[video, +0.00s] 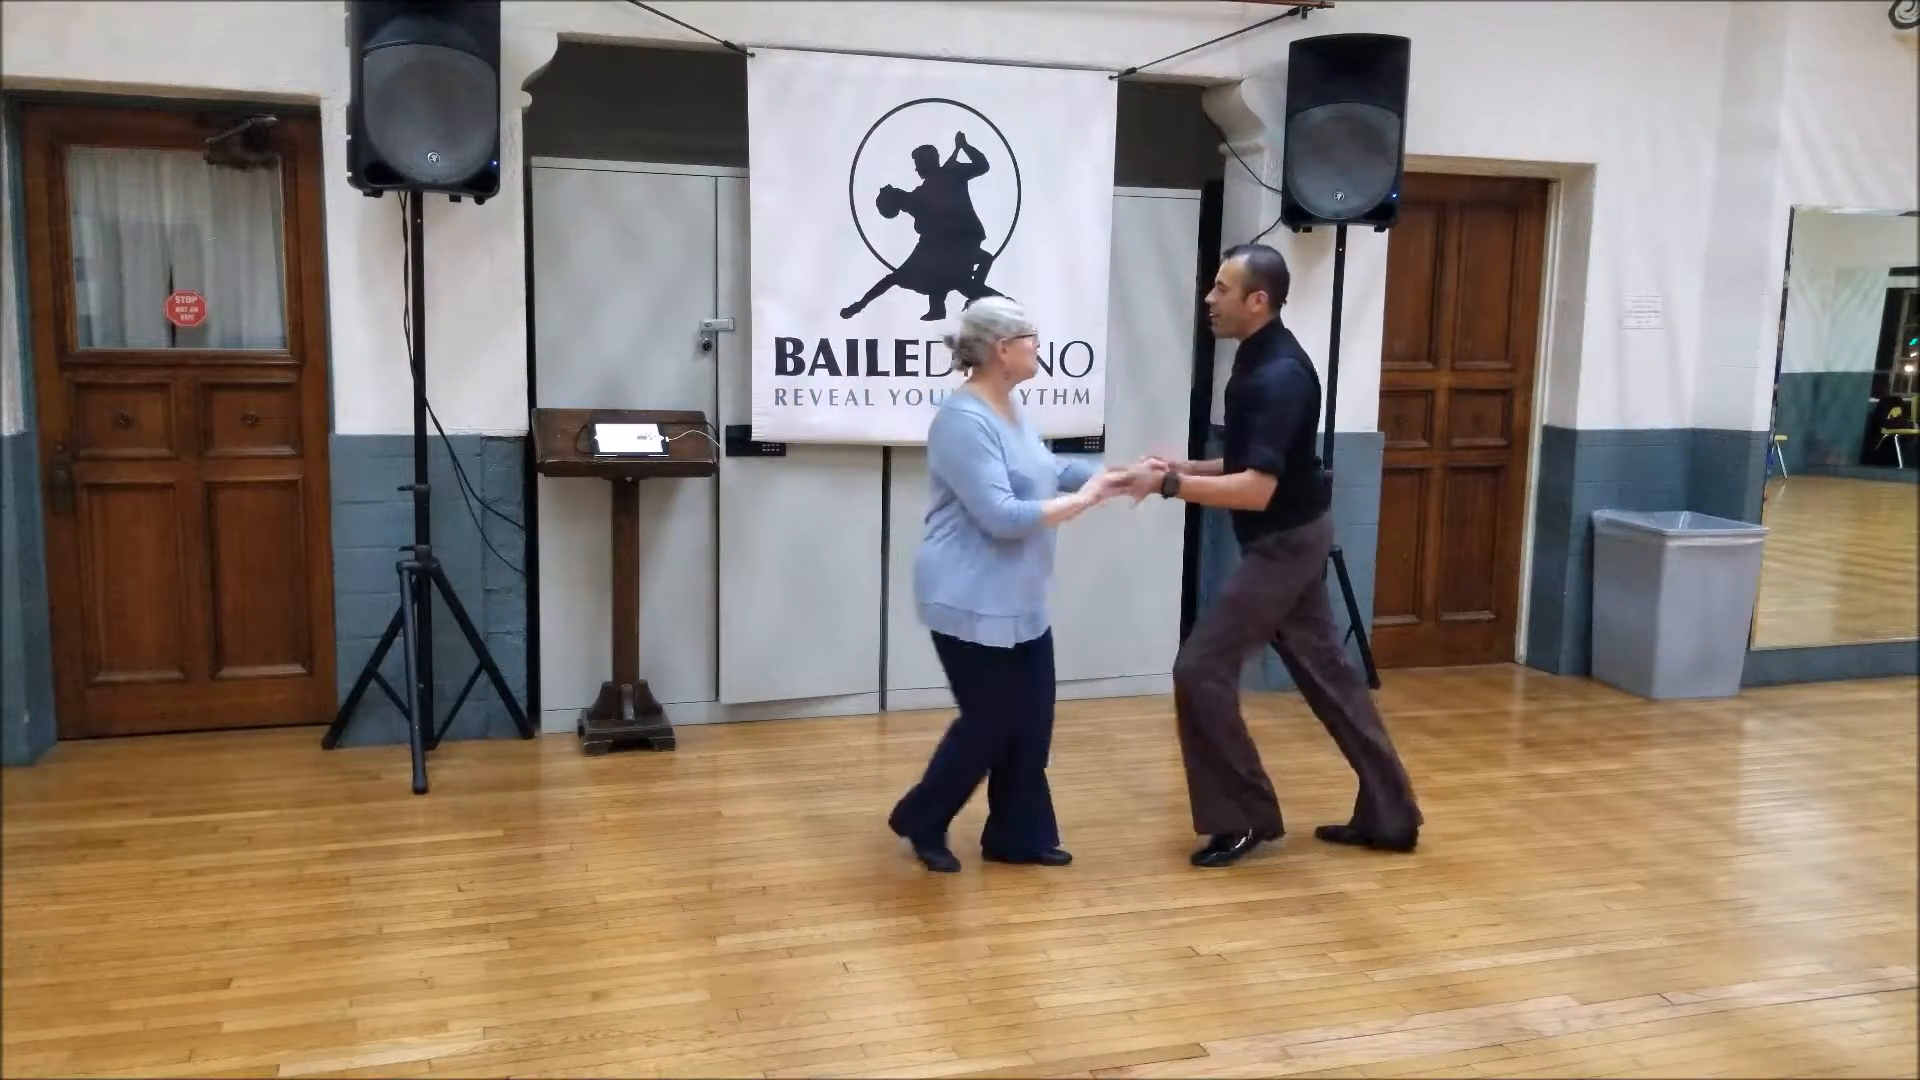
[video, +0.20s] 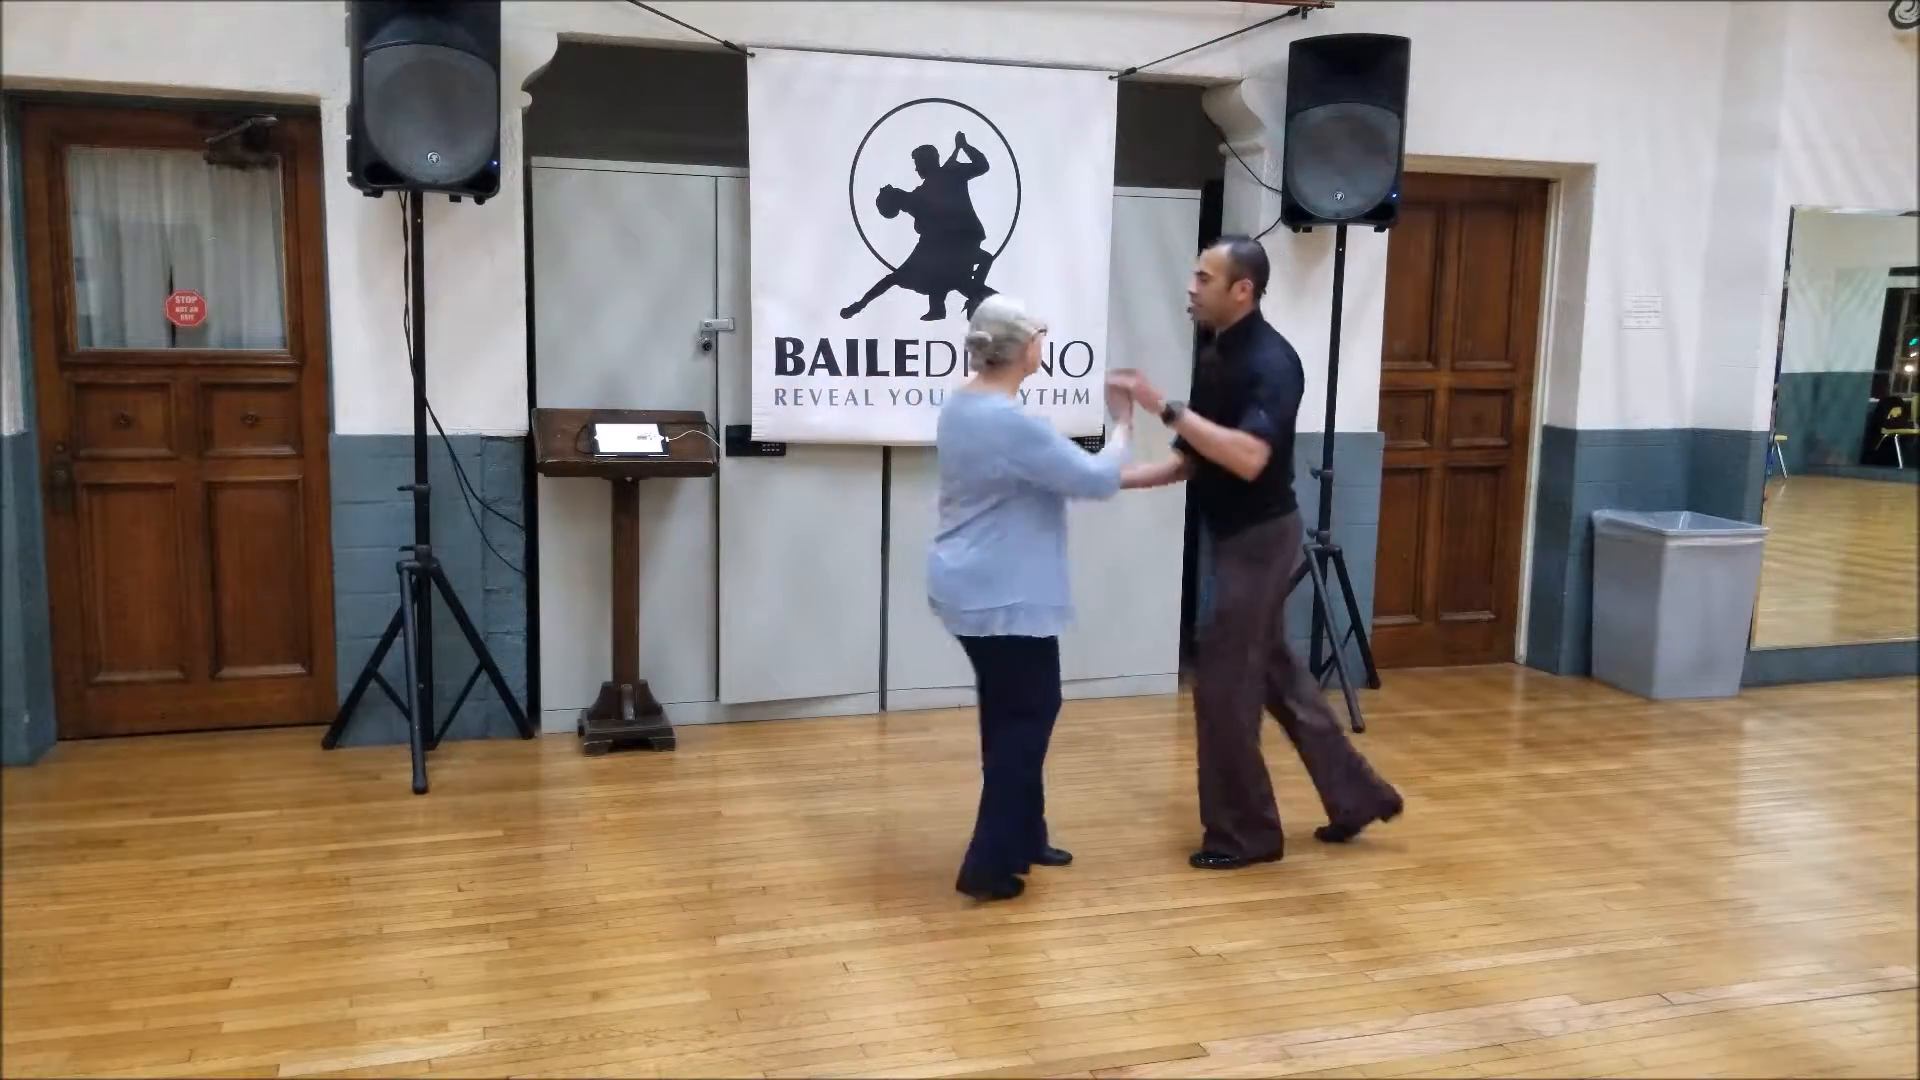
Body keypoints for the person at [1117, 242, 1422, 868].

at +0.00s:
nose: (1209, 299)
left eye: (1220, 290)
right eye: (1212, 287)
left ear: (1258, 302)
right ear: (1254, 300)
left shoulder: (1279, 372)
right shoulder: (1258, 360)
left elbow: (1258, 489)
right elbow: (1245, 461)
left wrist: (1173, 484)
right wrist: (1188, 464)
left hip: (1290, 544)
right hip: (1288, 539)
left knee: (1200, 671)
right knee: (1329, 677)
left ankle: (1249, 817)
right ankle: (1390, 815)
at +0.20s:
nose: (1191, 288)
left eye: (1203, 279)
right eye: (1194, 276)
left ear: (1242, 291)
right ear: (1225, 288)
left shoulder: (1272, 360)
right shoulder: (1214, 349)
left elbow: (1249, 459)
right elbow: (1197, 453)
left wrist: (1167, 408)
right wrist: (1119, 478)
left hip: (1261, 538)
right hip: (1229, 535)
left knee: (1224, 680)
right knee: (1275, 672)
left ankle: (1246, 833)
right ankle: (1359, 795)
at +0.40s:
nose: (1161, 276)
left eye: (1174, 266)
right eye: (1164, 264)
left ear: (1215, 275)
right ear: (1196, 274)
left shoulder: (1243, 334)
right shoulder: (1186, 350)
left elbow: (1189, 378)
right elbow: (1131, 441)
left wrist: (1111, 330)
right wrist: (1050, 459)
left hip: (1246, 535)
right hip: (1201, 535)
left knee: (1240, 682)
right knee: (1168, 666)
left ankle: (1254, 833)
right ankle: (1254, 772)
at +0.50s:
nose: (1140, 277)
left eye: (1153, 267)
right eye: (1141, 266)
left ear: (1194, 275)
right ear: (1173, 273)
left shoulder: (1221, 331)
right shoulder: (1167, 346)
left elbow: (1144, 341)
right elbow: (1113, 439)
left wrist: (1070, 298)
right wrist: (1030, 451)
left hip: (1227, 531)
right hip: (1178, 532)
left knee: (1239, 680)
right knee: (1132, 668)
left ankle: (1258, 833)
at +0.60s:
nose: (1120, 283)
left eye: (1132, 272)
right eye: (1121, 272)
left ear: (1171, 280)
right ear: (1149, 278)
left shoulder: (1192, 335)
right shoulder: (1152, 354)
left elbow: (1096, 321)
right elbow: (1107, 452)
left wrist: (1018, 279)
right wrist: (1018, 453)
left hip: (1198, 536)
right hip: (1153, 536)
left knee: (1216, 682)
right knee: (1109, 675)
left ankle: (1259, 829)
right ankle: (1077, 826)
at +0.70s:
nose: (1092, 283)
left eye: (1105, 273)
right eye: (1096, 272)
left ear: (1144, 280)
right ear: (1139, 282)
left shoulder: (1161, 335)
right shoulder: (1134, 356)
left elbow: (1060, 310)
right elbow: (1098, 460)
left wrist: (978, 271)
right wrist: (1000, 463)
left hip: (1166, 537)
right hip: (1126, 536)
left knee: (1166, 680)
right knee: (1082, 676)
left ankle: (1238, 815)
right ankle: (1069, 824)